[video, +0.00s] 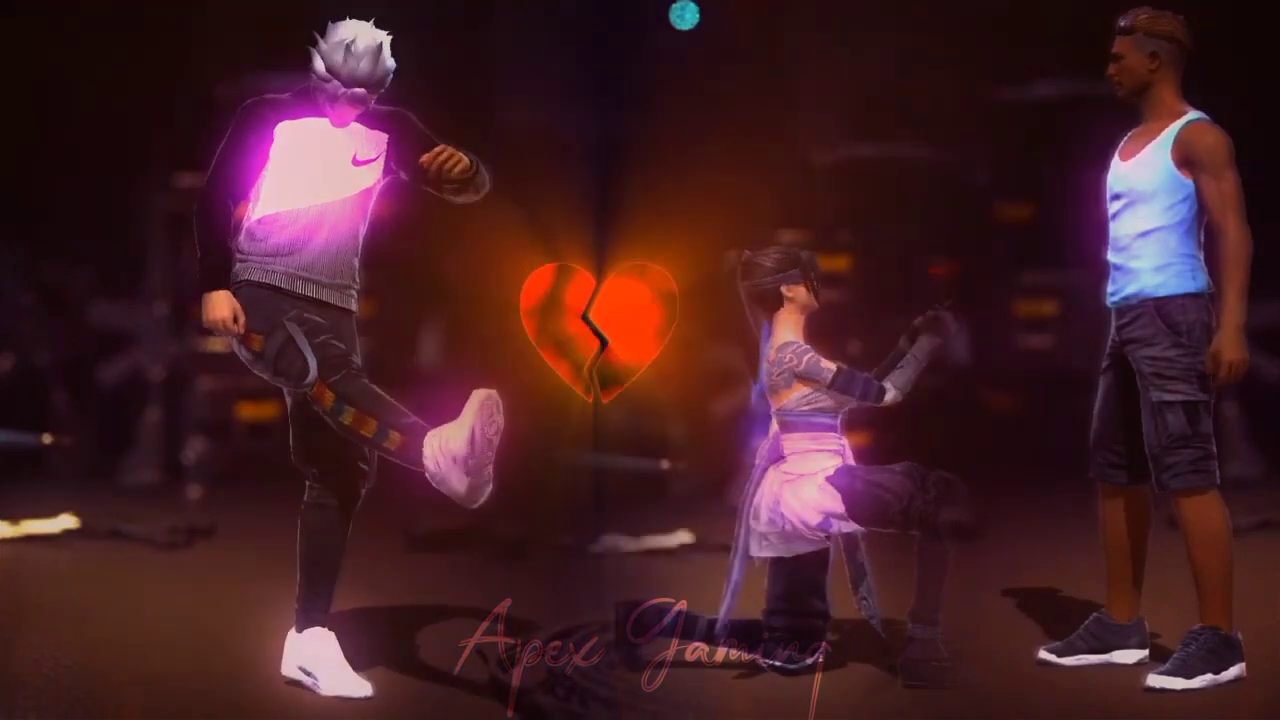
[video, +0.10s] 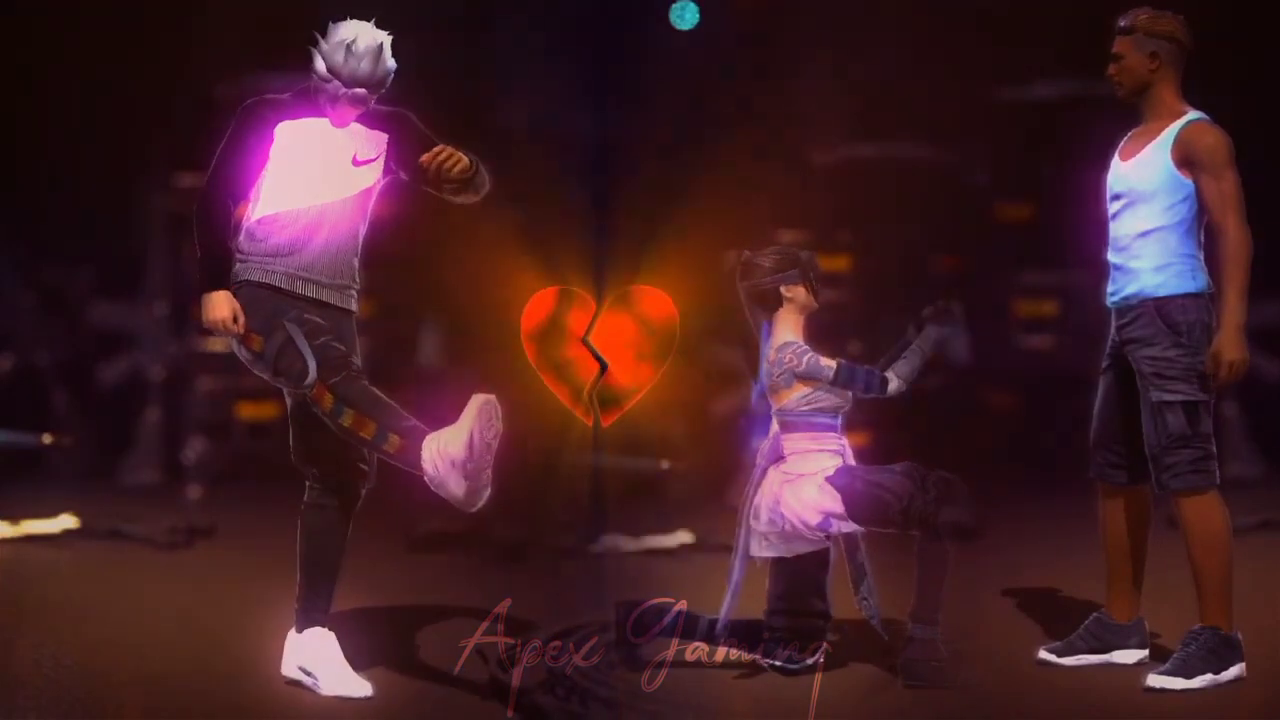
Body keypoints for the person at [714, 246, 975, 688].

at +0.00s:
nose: (815, 291)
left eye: (812, 282)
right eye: (808, 283)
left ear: (786, 292)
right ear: (787, 290)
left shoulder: (782, 350)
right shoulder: (792, 353)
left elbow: (869, 389)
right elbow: (886, 393)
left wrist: (906, 346)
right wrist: (929, 343)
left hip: (794, 482)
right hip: (809, 486)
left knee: (795, 644)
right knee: (942, 495)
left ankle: (673, 624)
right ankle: (924, 645)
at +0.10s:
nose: (814, 291)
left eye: (811, 282)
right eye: (806, 283)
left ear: (786, 292)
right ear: (785, 290)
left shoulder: (785, 352)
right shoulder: (791, 354)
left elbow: (877, 379)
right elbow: (888, 384)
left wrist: (920, 335)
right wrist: (934, 333)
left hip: (798, 483)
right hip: (809, 486)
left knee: (797, 640)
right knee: (941, 497)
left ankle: (676, 625)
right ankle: (923, 648)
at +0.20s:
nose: (815, 291)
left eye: (812, 282)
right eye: (807, 283)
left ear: (786, 292)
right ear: (785, 291)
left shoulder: (786, 350)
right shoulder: (790, 353)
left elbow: (876, 376)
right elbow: (887, 381)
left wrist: (923, 329)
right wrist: (935, 329)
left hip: (798, 481)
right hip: (809, 486)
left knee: (796, 639)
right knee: (942, 496)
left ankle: (678, 625)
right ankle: (923, 647)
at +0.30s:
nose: (814, 291)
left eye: (811, 282)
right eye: (806, 283)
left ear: (786, 292)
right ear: (785, 291)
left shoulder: (785, 350)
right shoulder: (790, 353)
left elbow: (875, 375)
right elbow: (886, 381)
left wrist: (922, 329)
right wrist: (935, 329)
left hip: (801, 480)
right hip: (810, 486)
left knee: (797, 636)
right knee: (940, 497)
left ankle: (676, 624)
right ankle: (923, 648)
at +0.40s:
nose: (813, 291)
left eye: (810, 283)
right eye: (806, 283)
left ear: (784, 293)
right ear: (785, 291)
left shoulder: (785, 350)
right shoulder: (790, 354)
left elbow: (876, 373)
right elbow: (888, 377)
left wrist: (921, 327)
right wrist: (936, 326)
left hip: (801, 480)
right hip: (809, 487)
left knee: (797, 638)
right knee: (940, 496)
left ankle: (678, 624)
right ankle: (923, 648)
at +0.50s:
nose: (813, 290)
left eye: (810, 281)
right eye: (805, 282)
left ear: (785, 292)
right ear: (784, 291)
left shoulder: (788, 349)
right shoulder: (789, 353)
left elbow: (876, 370)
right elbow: (887, 373)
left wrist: (922, 325)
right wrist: (935, 325)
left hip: (802, 479)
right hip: (808, 485)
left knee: (797, 638)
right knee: (940, 496)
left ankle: (680, 623)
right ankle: (923, 646)